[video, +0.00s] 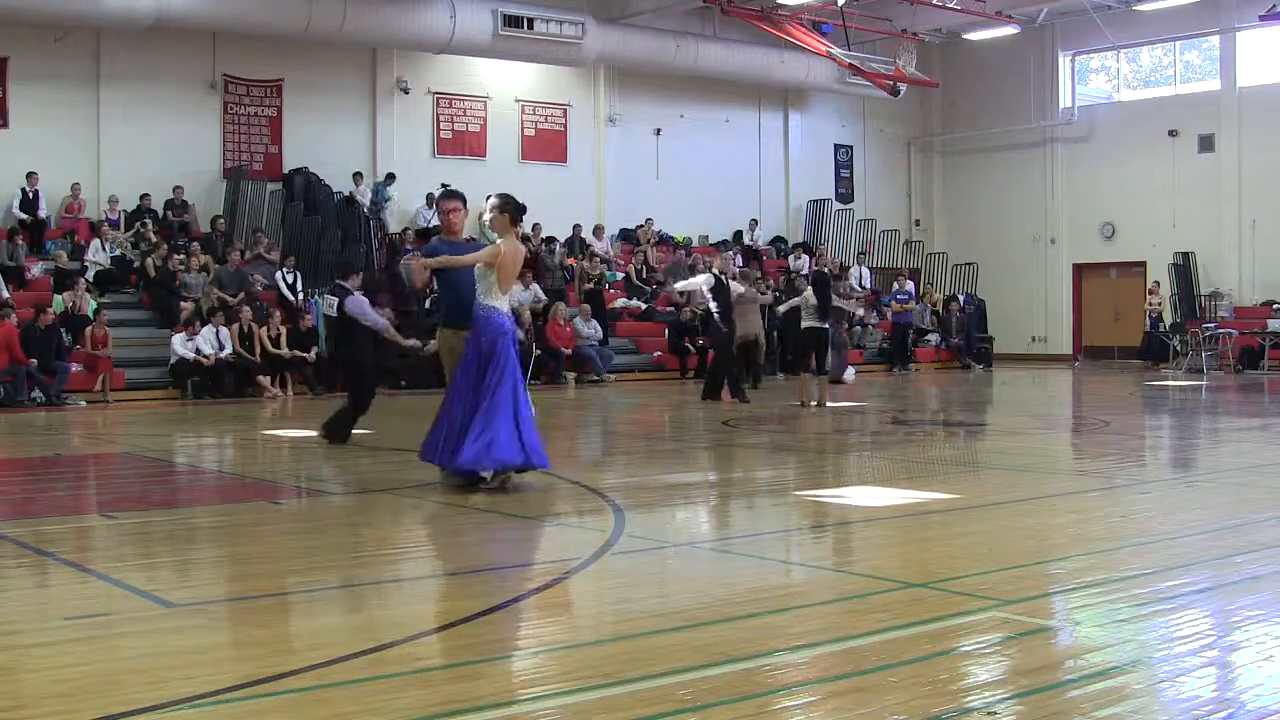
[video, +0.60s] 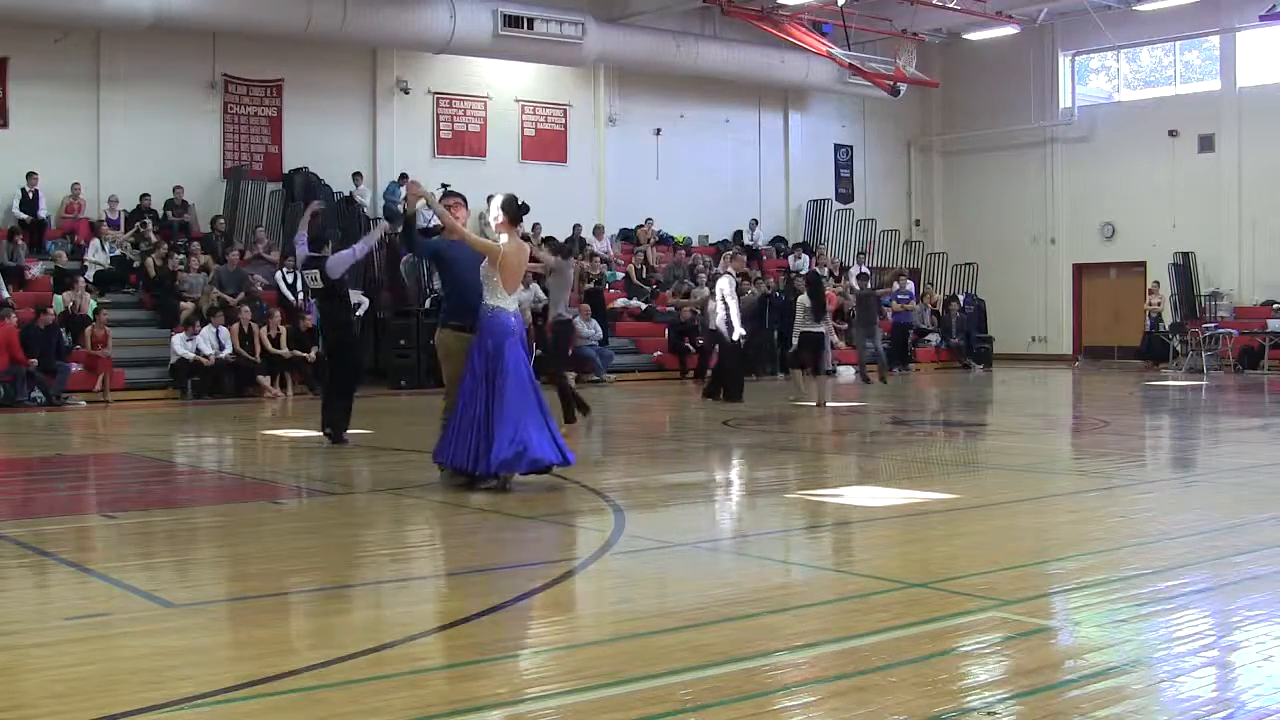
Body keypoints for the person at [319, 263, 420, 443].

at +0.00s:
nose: (362, 279)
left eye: (361, 276)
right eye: (361, 276)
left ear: (341, 276)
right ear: (353, 277)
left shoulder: (331, 292)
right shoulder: (355, 300)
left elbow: (355, 313)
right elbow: (379, 325)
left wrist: (377, 314)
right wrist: (403, 341)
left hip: (341, 351)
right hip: (356, 354)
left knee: (359, 393)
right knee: (364, 395)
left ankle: (338, 430)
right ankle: (334, 429)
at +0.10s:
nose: (353, 276)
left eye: (353, 273)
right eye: (352, 273)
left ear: (333, 272)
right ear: (347, 274)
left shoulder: (324, 288)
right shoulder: (347, 296)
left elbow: (347, 288)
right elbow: (375, 315)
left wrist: (368, 288)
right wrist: (403, 330)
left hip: (332, 349)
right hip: (345, 351)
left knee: (354, 392)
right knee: (358, 396)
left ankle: (333, 428)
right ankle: (334, 431)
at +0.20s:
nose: (349, 270)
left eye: (350, 266)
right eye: (348, 266)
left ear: (330, 266)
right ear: (342, 267)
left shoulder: (316, 282)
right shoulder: (343, 290)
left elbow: (335, 275)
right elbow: (377, 306)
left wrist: (352, 265)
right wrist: (407, 316)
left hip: (329, 347)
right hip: (344, 348)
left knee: (349, 389)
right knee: (357, 392)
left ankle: (331, 430)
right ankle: (334, 434)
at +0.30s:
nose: (342, 262)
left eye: (340, 258)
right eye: (341, 259)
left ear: (322, 260)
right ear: (338, 260)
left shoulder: (312, 278)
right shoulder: (342, 283)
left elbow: (321, 263)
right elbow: (376, 293)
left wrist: (336, 247)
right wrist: (406, 299)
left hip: (329, 341)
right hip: (345, 342)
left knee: (342, 385)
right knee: (355, 387)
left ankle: (331, 427)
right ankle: (335, 434)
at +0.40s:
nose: (339, 257)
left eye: (337, 254)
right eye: (338, 254)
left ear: (318, 256)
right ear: (334, 255)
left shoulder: (310, 275)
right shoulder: (338, 277)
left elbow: (314, 255)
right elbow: (374, 279)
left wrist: (322, 237)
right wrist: (406, 278)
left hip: (328, 337)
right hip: (344, 338)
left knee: (338, 383)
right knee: (354, 385)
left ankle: (329, 427)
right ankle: (339, 433)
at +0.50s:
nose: (337, 251)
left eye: (334, 248)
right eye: (335, 248)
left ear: (313, 250)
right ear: (331, 250)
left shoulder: (308, 269)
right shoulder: (336, 271)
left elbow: (306, 243)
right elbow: (371, 263)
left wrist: (314, 221)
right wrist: (401, 251)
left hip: (327, 332)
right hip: (343, 332)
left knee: (334, 378)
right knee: (348, 379)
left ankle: (328, 427)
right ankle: (338, 432)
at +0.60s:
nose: (332, 245)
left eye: (329, 242)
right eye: (331, 243)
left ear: (313, 246)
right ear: (327, 247)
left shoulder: (306, 262)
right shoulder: (333, 263)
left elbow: (301, 239)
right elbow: (359, 249)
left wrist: (307, 213)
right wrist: (379, 229)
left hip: (326, 325)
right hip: (341, 326)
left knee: (333, 371)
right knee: (346, 373)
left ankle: (328, 421)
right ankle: (338, 428)